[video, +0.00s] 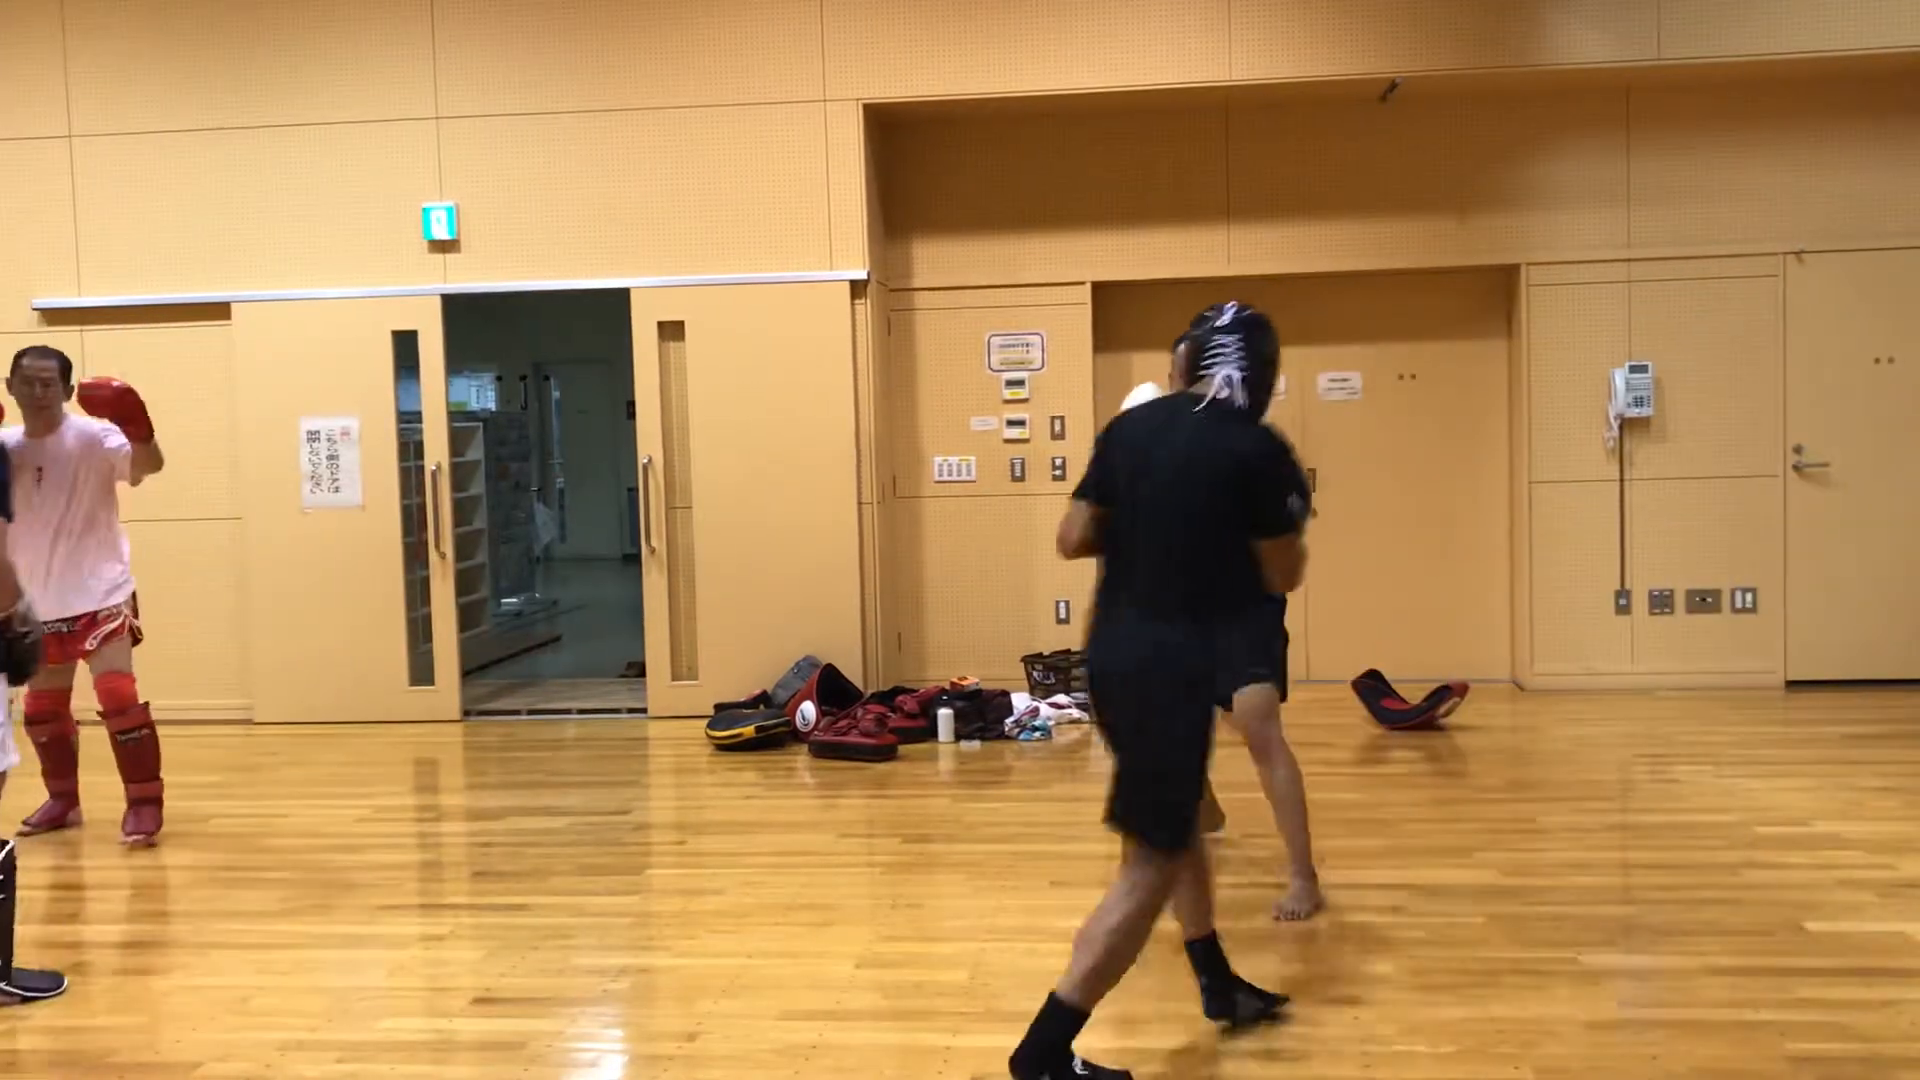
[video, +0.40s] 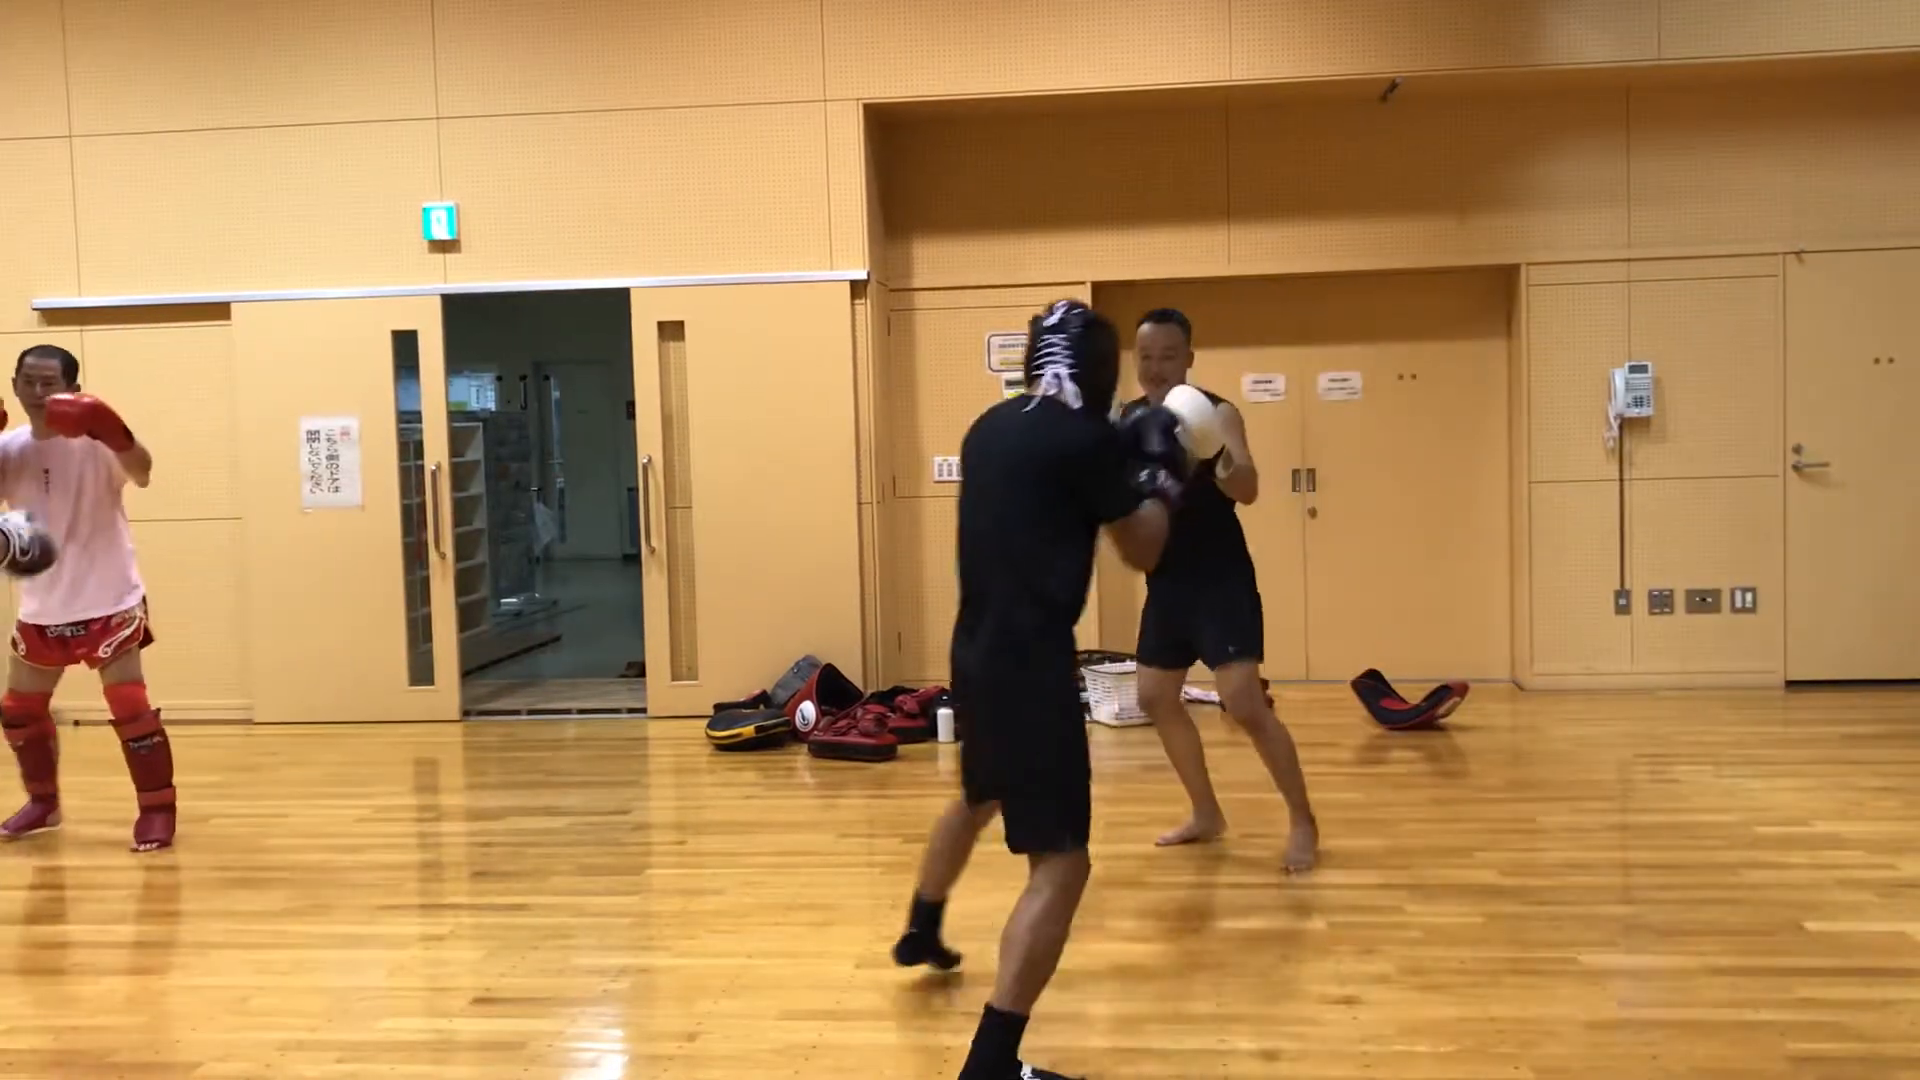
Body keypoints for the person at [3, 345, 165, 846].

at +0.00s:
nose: (36, 389)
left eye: (47, 381)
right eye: (26, 380)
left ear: (66, 390)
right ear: (11, 388)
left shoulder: (95, 436)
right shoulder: (7, 450)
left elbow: (145, 467)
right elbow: (2, 536)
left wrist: (136, 425)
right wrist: (8, 601)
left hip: (102, 592)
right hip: (40, 600)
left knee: (117, 697)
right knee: (43, 711)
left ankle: (144, 804)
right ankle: (62, 799)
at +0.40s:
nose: (37, 390)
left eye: (49, 382)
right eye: (28, 380)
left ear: (73, 389)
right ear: (15, 388)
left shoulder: (99, 442)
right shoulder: (11, 450)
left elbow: (141, 474)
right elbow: (1, 501)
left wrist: (110, 429)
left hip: (108, 595)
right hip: (41, 601)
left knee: (129, 705)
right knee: (21, 710)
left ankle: (156, 811)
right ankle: (43, 802)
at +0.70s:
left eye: (5, 388)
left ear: (26, 394)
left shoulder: (53, 449)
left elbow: (117, 495)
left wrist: (96, 475)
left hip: (59, 603)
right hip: (4, 611)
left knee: (87, 704)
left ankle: (130, 804)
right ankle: (4, 810)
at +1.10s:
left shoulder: (12, 440)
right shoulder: (16, 442)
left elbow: (65, 478)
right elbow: (65, 477)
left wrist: (27, 476)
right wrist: (22, 482)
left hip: (20, 595)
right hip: (16, 597)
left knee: (42, 714)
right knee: (40, 715)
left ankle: (72, 824)